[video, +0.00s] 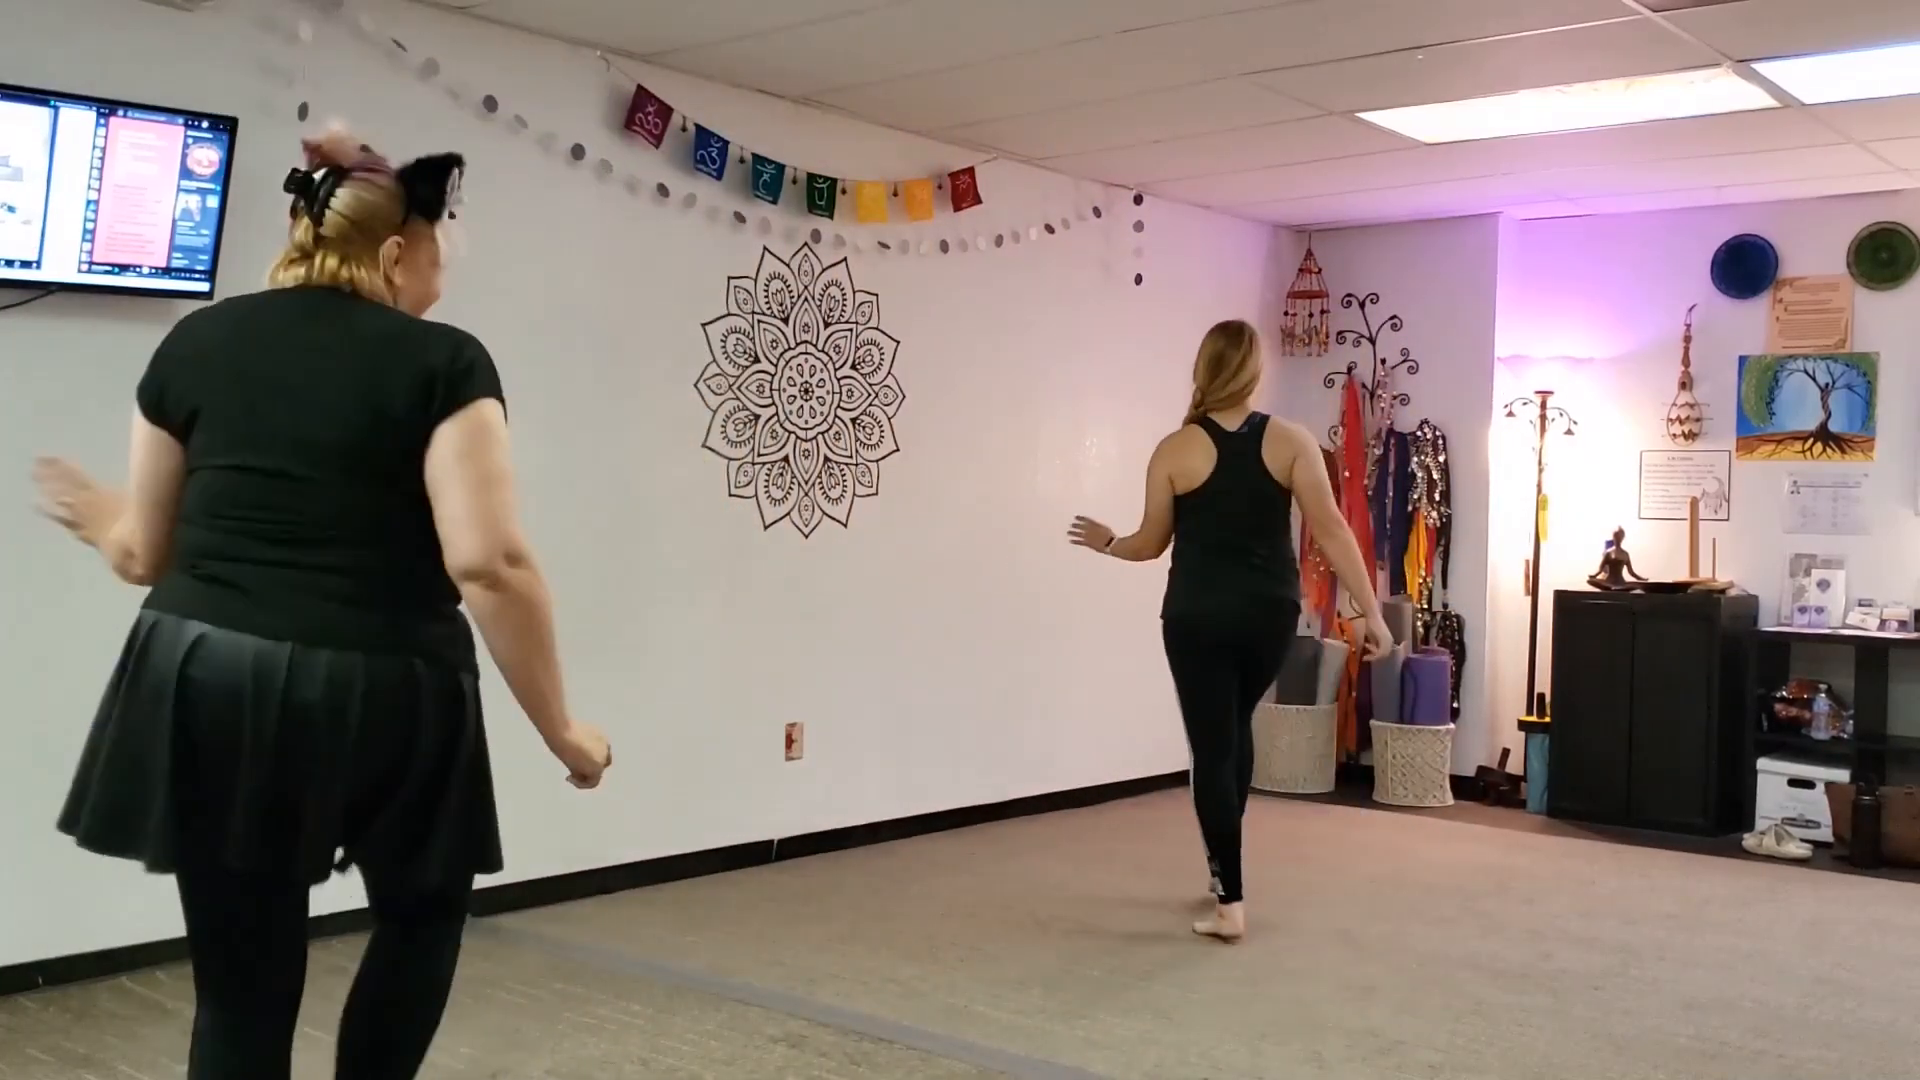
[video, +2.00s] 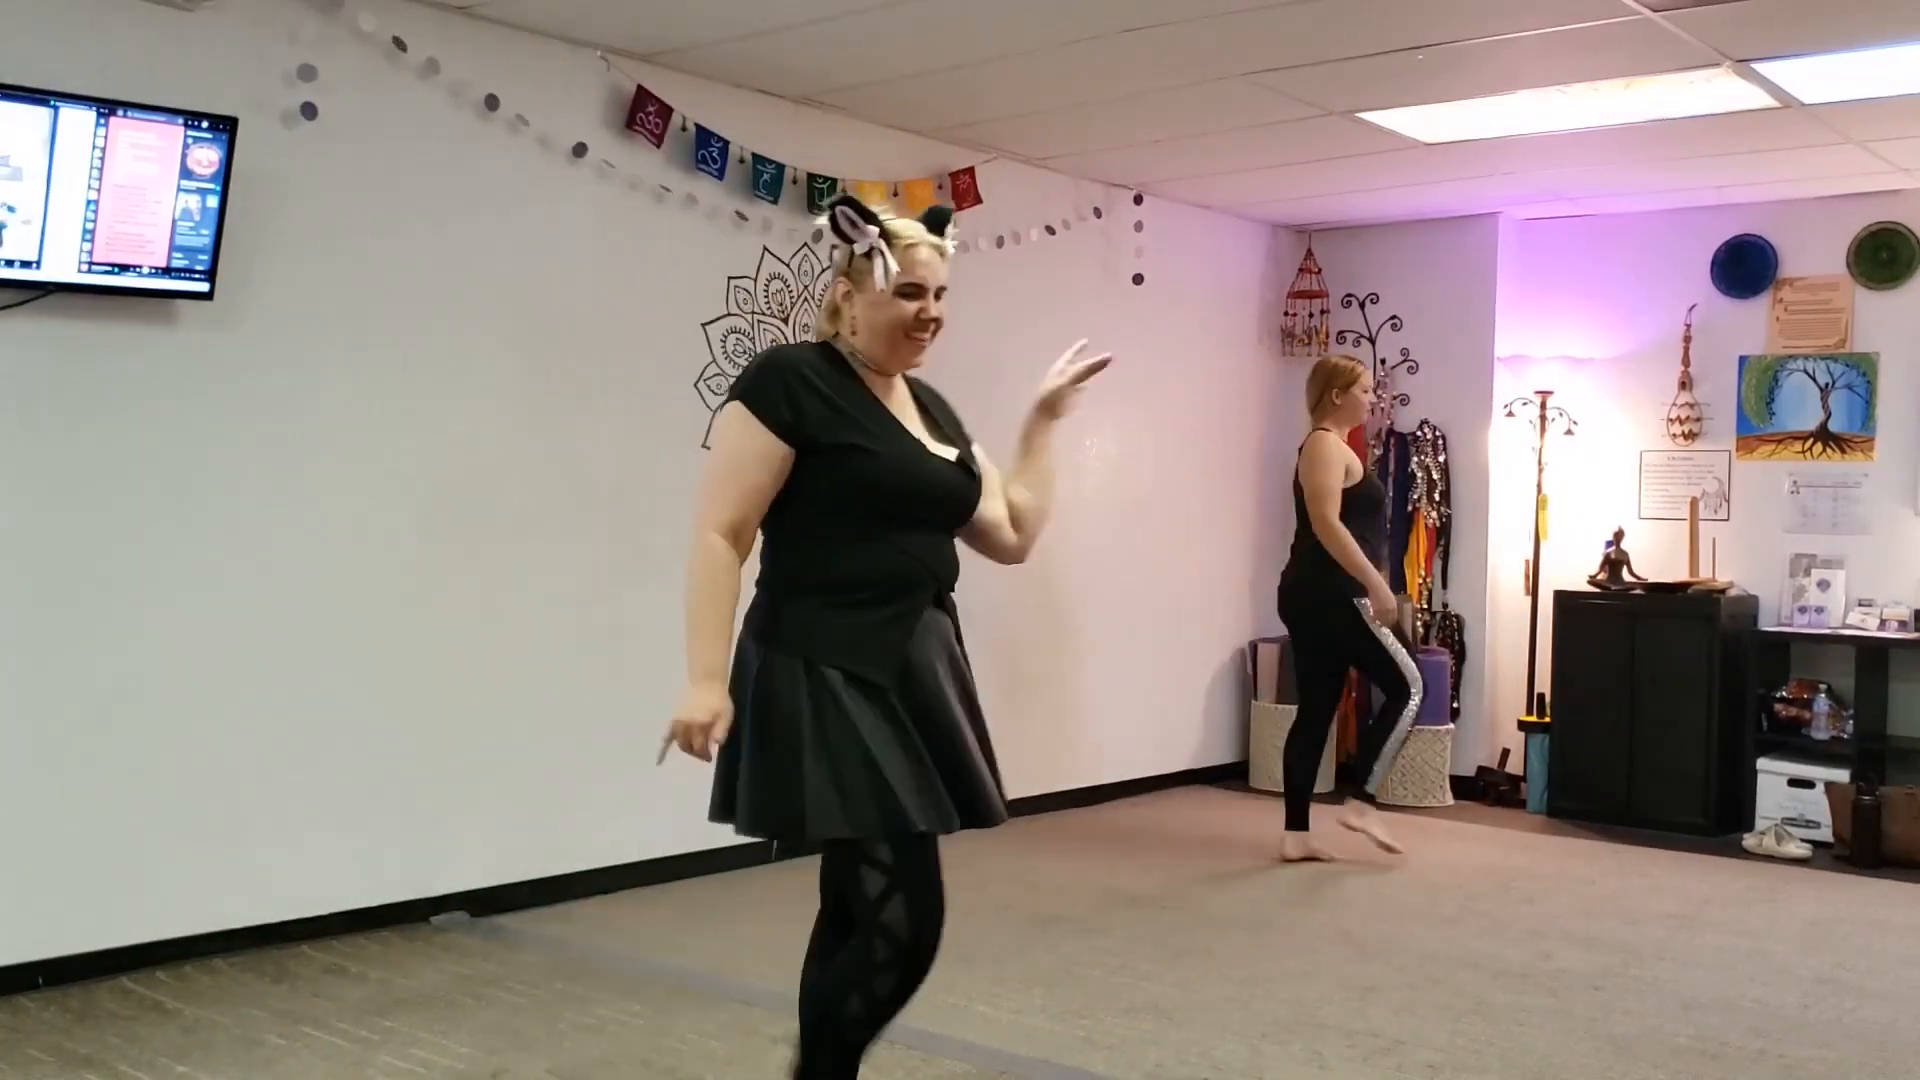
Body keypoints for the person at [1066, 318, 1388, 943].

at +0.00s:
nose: (1258, 373)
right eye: (1258, 365)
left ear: (1201, 371)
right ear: (1255, 372)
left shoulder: (1173, 450)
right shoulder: (1292, 442)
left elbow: (1151, 544)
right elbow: (1329, 528)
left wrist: (1110, 543)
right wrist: (1370, 610)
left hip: (1195, 616)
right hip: (1270, 615)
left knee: (1212, 752)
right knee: (1237, 721)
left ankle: (1231, 902)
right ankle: (1222, 860)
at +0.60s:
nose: (1250, 388)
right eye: (1252, 380)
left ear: (1199, 381)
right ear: (1247, 387)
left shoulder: (1168, 454)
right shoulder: (1263, 458)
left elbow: (1158, 549)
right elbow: (1277, 553)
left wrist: (1174, 598)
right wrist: (1309, 630)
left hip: (1178, 613)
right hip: (1247, 617)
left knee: (1173, 726)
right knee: (1222, 734)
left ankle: (1183, 821)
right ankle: (1197, 863)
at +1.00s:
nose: (1256, 391)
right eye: (1257, 384)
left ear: (1206, 389)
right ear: (1255, 392)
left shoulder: (1180, 455)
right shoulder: (1281, 462)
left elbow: (1138, 524)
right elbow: (1309, 549)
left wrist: (1098, 586)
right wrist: (1348, 617)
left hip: (1190, 606)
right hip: (1252, 611)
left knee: (1244, 696)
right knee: (1222, 726)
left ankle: (1234, 820)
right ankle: (1197, 860)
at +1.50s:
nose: (1307, 402)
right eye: (1304, 395)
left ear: (1255, 401)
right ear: (1300, 401)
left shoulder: (1237, 468)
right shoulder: (1334, 455)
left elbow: (1207, 545)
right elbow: (1354, 540)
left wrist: (1167, 600)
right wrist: (1363, 608)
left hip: (1249, 601)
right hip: (1307, 603)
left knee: (1277, 713)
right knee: (1272, 716)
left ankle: (1291, 834)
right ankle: (1217, 824)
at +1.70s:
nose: (1331, 404)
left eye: (1328, 396)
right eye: (1328, 397)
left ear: (1280, 403)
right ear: (1320, 401)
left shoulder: (1262, 470)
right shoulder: (1342, 448)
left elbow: (1248, 544)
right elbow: (1366, 528)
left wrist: (1237, 594)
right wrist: (1385, 597)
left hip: (1273, 602)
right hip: (1323, 600)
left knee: (1295, 711)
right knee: (1348, 715)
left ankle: (1296, 836)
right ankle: (1256, 784)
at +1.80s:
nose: (1345, 407)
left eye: (1345, 399)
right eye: (1343, 399)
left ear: (1296, 402)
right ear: (1328, 401)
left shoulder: (1277, 464)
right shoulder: (1337, 444)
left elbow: (1274, 542)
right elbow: (1355, 523)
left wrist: (1280, 588)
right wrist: (1389, 591)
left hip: (1281, 596)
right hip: (1326, 596)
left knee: (1306, 708)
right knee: (1376, 704)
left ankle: (1297, 836)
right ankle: (1283, 772)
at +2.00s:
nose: (1373, 399)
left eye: (1372, 391)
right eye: (1366, 391)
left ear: (1335, 397)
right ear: (1339, 396)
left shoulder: (1332, 446)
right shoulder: (1325, 445)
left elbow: (1336, 526)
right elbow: (1325, 523)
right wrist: (1375, 584)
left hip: (1312, 593)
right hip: (1329, 594)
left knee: (1315, 710)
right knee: (1409, 688)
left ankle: (1296, 834)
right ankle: (1362, 802)